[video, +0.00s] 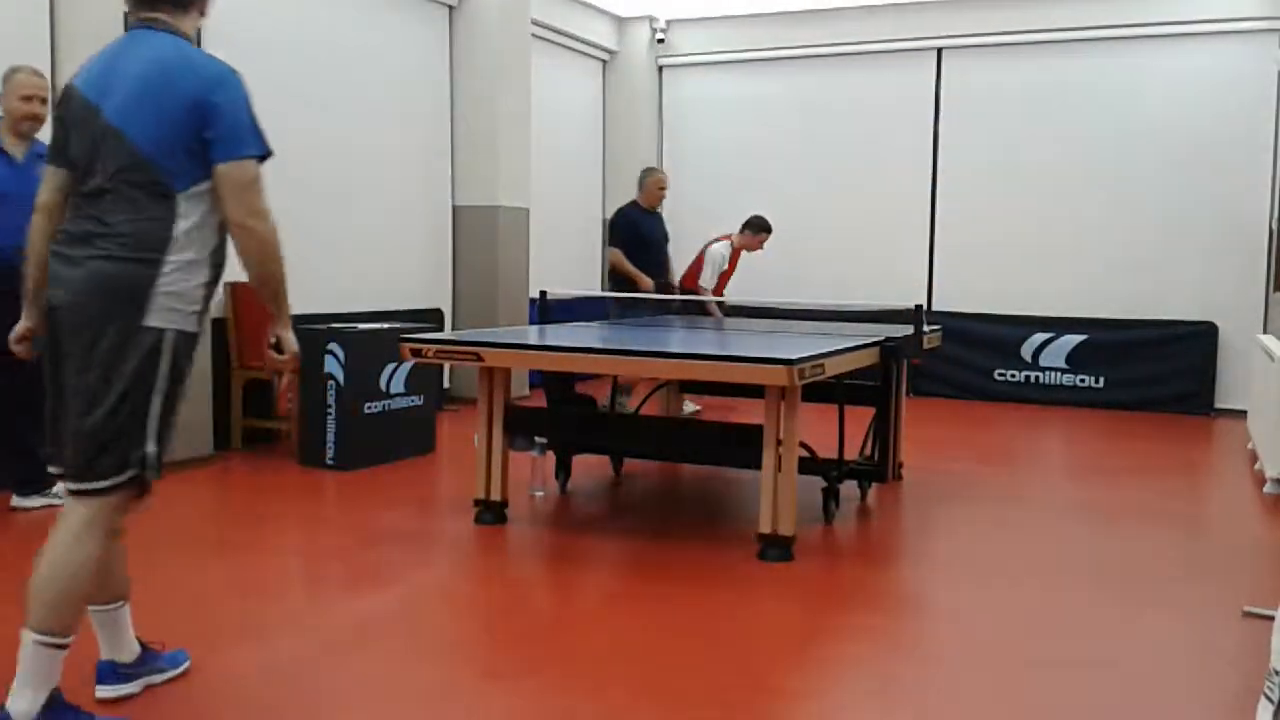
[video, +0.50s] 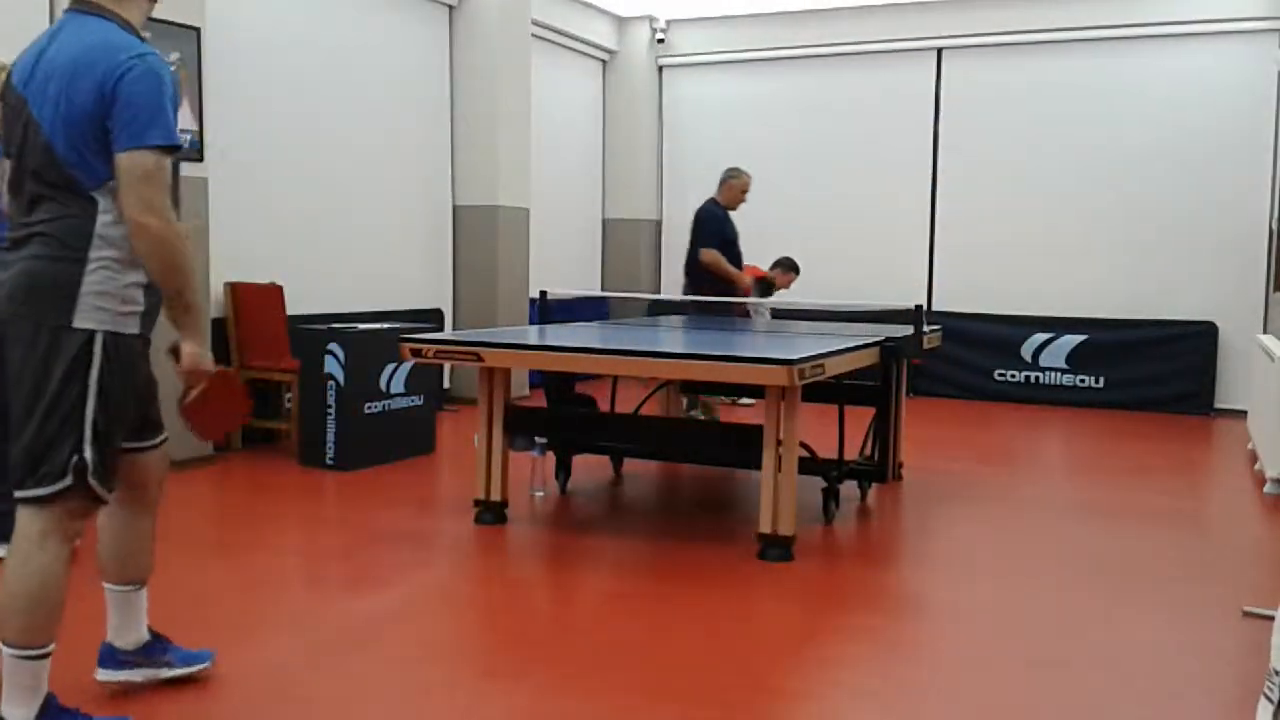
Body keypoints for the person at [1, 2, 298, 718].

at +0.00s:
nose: (209, 14)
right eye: (208, 7)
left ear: (130, 8)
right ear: (197, 7)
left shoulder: (88, 74)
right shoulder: (210, 79)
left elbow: (49, 204)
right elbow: (246, 218)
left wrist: (33, 307)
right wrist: (281, 315)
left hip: (70, 302)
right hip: (143, 311)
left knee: (102, 490)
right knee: (95, 500)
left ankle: (121, 657)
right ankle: (29, 699)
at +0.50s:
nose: (160, 2)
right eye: (157, 0)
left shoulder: (34, 57)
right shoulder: (137, 66)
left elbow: (22, 196)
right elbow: (149, 218)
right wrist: (192, 328)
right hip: (78, 313)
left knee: (141, 469)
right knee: (49, 518)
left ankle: (128, 644)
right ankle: (22, 704)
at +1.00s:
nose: (227, 20)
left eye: (221, 13)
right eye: (226, 12)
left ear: (153, 9)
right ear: (214, 9)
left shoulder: (112, 75)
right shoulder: (205, 80)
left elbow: (80, 207)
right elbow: (216, 209)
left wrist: (89, 289)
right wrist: (258, 320)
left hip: (128, 310)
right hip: (184, 314)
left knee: (169, 483)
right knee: (222, 483)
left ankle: (164, 654)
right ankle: (79, 655)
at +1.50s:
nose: (359, 39)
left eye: (354, 28)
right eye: (357, 28)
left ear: (289, 30)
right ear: (347, 29)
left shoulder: (241, 102)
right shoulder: (352, 108)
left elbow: (189, 213)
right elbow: (370, 232)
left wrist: (236, 223)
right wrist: (407, 333)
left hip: (245, 328)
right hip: (331, 329)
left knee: (218, 482)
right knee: (393, 474)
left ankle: (164, 649)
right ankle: (423, 629)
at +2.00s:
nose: (499, 41)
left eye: (493, 30)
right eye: (497, 30)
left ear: (434, 35)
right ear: (487, 34)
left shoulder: (390, 108)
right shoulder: (499, 106)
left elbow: (369, 225)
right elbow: (541, 218)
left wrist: (388, 303)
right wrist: (579, 305)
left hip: (403, 301)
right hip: (461, 303)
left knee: (460, 451)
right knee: (462, 466)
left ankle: (471, 591)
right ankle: (425, 629)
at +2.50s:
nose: (615, 95)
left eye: (615, 85)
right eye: (616, 84)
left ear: (558, 67)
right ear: (603, 76)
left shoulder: (499, 117)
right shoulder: (599, 129)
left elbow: (460, 219)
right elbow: (631, 241)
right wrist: (619, 196)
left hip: (483, 313)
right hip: (556, 316)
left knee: (523, 447)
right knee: (600, 454)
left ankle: (527, 585)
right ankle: (592, 621)